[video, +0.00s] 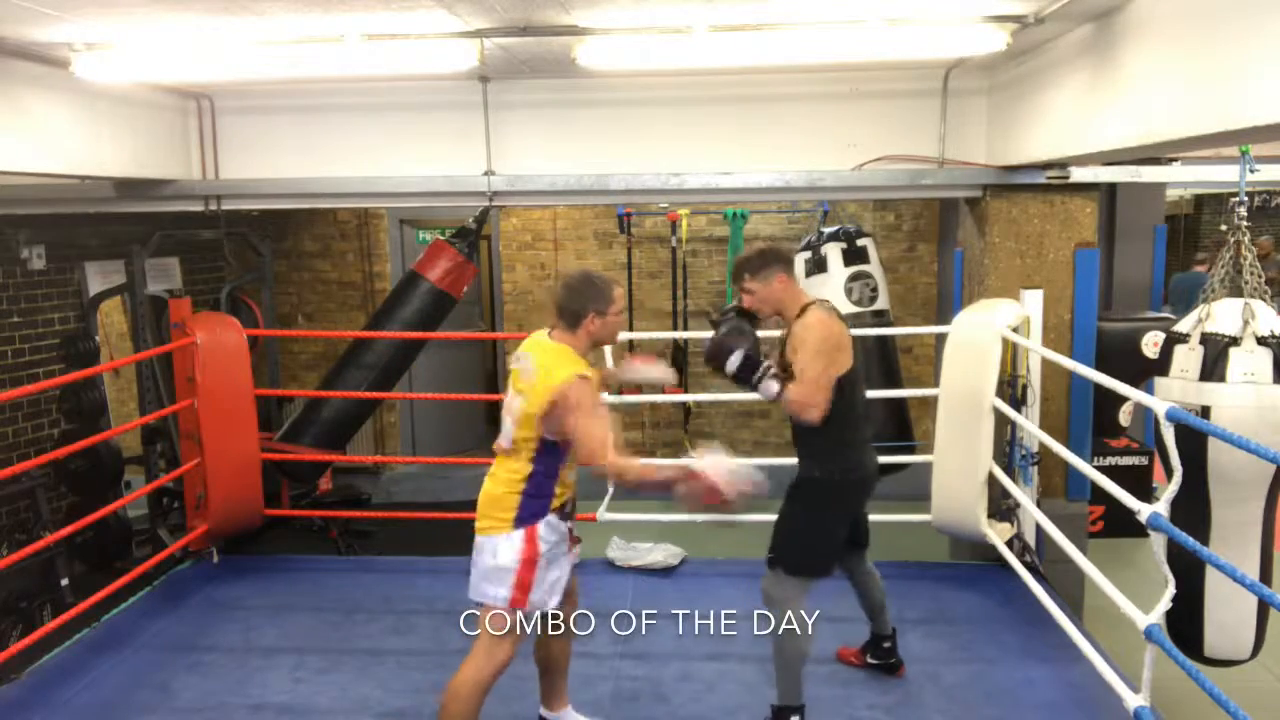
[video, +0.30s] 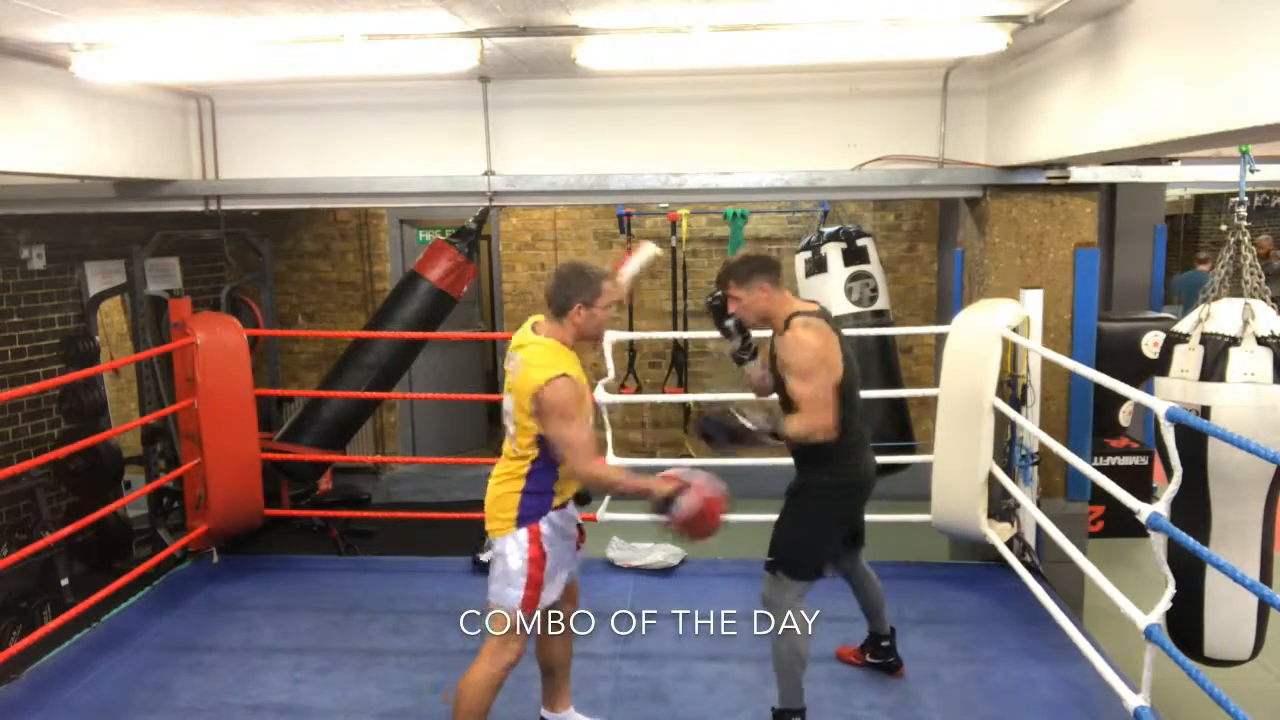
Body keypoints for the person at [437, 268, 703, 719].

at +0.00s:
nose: (622, 322)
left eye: (622, 312)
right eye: (617, 313)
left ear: (578, 317)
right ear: (591, 321)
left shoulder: (536, 345)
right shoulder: (574, 379)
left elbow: (565, 388)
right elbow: (605, 463)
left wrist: (618, 374)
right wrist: (681, 472)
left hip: (541, 512)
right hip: (519, 519)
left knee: (561, 604)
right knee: (495, 648)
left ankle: (555, 710)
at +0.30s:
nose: (609, 317)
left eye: (610, 308)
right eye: (605, 309)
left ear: (569, 308)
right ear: (578, 312)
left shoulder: (534, 332)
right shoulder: (559, 383)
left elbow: (585, 317)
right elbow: (583, 467)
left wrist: (620, 279)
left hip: (546, 504)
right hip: (525, 515)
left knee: (562, 604)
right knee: (505, 646)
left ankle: (557, 710)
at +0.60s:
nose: (587, 312)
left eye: (585, 302)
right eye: (580, 304)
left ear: (551, 314)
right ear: (551, 314)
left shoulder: (555, 352)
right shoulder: (495, 373)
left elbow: (600, 370)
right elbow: (512, 462)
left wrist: (651, 342)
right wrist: (587, 421)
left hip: (551, 513)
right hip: (500, 526)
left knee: (578, 609)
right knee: (483, 652)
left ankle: (568, 704)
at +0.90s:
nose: (605, 311)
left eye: (604, 301)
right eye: (600, 302)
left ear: (566, 307)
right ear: (574, 307)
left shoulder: (537, 355)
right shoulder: (549, 363)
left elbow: (552, 443)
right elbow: (612, 433)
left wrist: (608, 451)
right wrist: (652, 374)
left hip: (555, 519)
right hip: (520, 528)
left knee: (576, 612)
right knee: (500, 655)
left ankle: (570, 708)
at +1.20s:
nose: (619, 314)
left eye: (618, 306)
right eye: (613, 305)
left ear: (584, 308)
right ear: (587, 308)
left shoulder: (582, 356)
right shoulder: (543, 354)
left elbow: (596, 423)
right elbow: (602, 412)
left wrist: (648, 428)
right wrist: (626, 356)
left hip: (562, 515)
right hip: (522, 522)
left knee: (583, 610)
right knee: (500, 654)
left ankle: (573, 709)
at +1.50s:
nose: (602, 310)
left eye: (601, 300)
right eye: (596, 300)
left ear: (564, 308)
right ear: (568, 308)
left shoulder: (562, 356)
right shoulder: (521, 363)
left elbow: (594, 399)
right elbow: (575, 432)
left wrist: (634, 377)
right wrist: (616, 370)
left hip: (557, 515)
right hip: (514, 525)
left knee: (576, 614)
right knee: (496, 657)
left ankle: (572, 707)